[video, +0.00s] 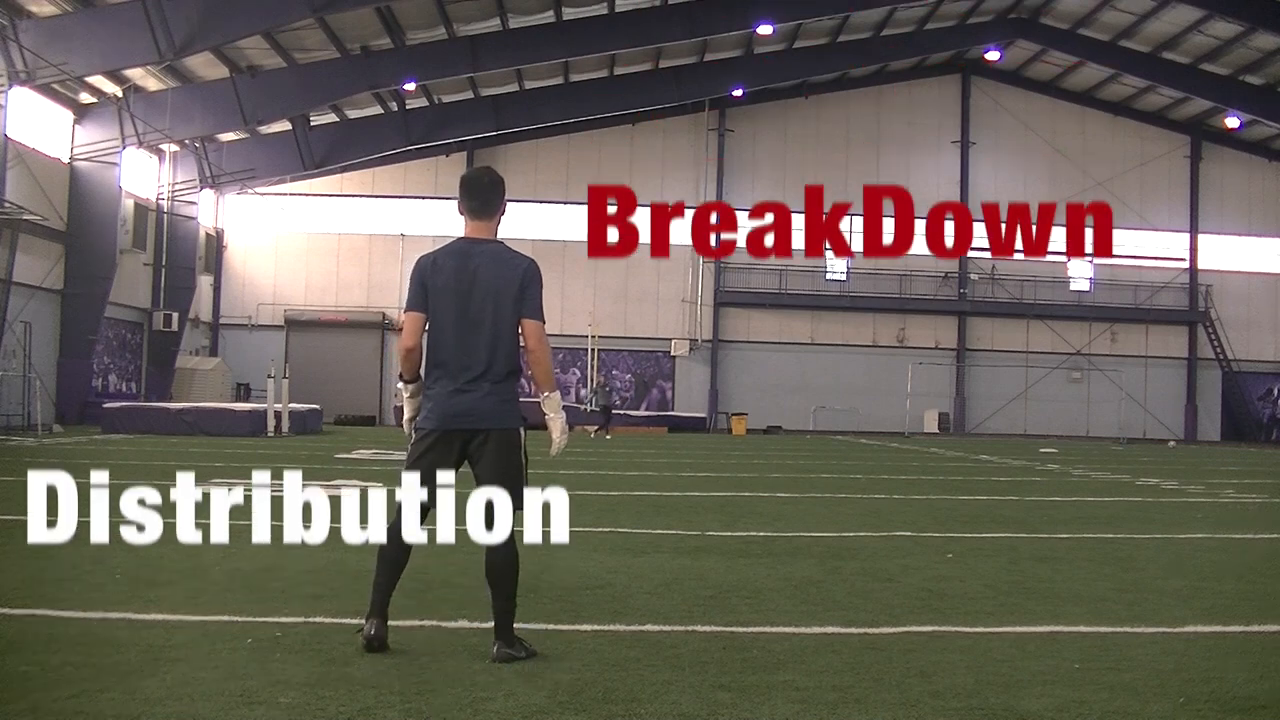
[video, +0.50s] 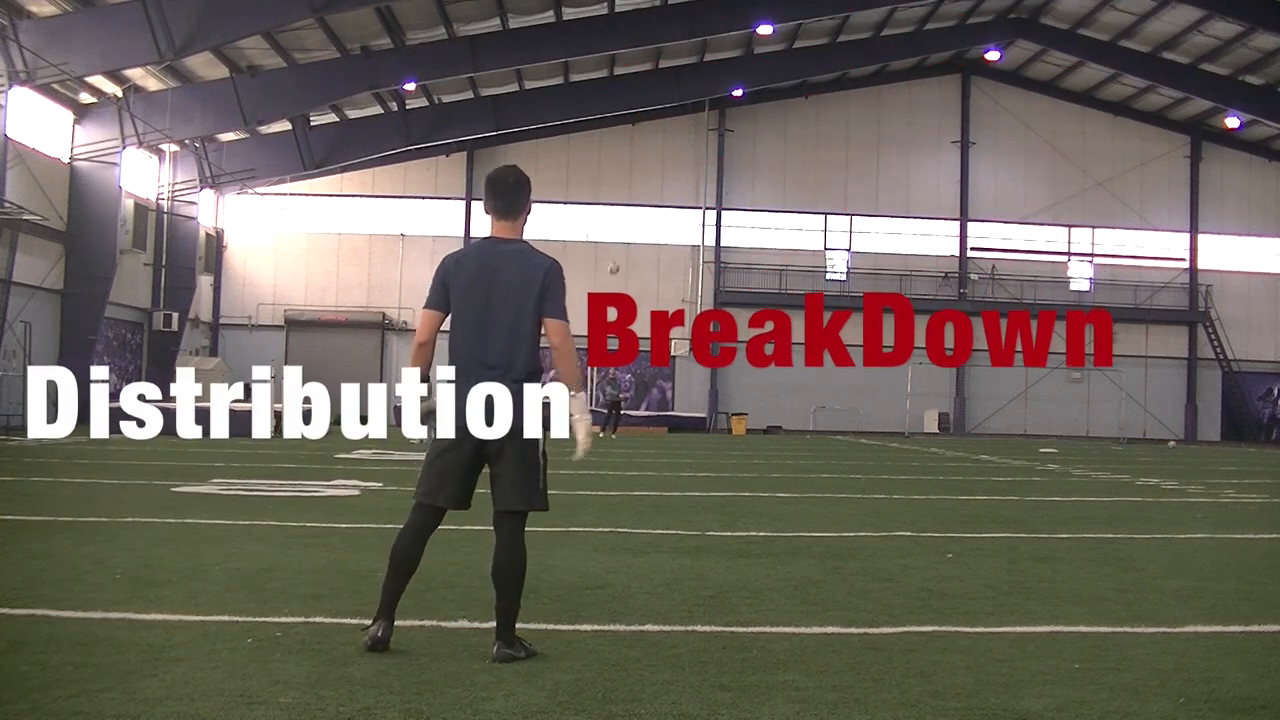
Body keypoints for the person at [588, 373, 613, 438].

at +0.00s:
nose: (603, 381)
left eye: (604, 379)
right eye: (602, 379)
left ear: (606, 380)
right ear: (599, 380)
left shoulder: (609, 387)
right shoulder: (597, 388)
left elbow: (616, 393)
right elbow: (591, 396)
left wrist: (618, 400)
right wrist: (585, 403)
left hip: (608, 405)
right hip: (602, 405)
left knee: (607, 421)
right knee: (605, 420)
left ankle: (594, 432)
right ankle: (607, 434)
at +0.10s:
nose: (605, 378)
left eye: (606, 376)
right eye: (604, 376)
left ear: (608, 378)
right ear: (602, 378)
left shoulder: (610, 386)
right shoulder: (600, 385)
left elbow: (613, 394)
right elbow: (595, 394)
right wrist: (589, 401)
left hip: (611, 404)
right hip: (603, 404)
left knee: (615, 419)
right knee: (608, 419)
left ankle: (603, 430)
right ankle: (607, 433)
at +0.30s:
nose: (609, 376)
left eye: (610, 374)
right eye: (608, 374)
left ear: (612, 375)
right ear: (606, 375)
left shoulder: (615, 383)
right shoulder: (604, 382)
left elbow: (618, 392)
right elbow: (602, 391)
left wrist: (619, 399)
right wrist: (606, 396)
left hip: (615, 401)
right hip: (608, 401)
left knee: (618, 416)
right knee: (607, 416)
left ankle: (615, 432)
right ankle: (605, 432)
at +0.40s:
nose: (611, 375)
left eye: (612, 374)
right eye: (609, 374)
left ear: (614, 374)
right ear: (607, 374)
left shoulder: (617, 383)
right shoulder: (606, 382)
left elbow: (620, 391)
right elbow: (607, 390)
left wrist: (620, 396)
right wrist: (613, 394)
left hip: (617, 401)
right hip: (609, 401)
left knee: (617, 417)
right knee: (607, 415)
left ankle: (613, 433)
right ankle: (602, 432)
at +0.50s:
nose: (612, 375)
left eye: (613, 374)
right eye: (611, 374)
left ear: (615, 374)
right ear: (609, 374)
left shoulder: (617, 382)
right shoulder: (607, 381)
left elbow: (619, 390)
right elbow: (609, 391)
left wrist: (621, 396)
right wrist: (617, 394)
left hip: (617, 400)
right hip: (610, 400)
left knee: (617, 417)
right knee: (608, 415)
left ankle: (613, 432)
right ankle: (602, 431)